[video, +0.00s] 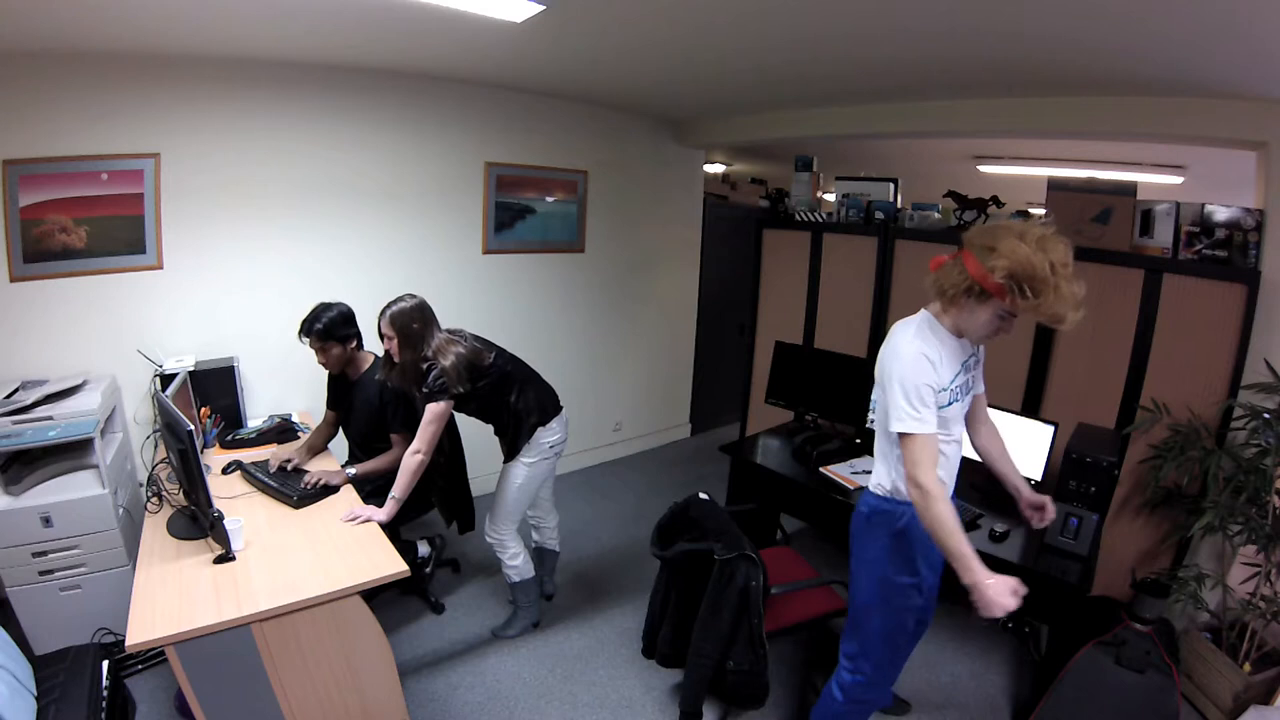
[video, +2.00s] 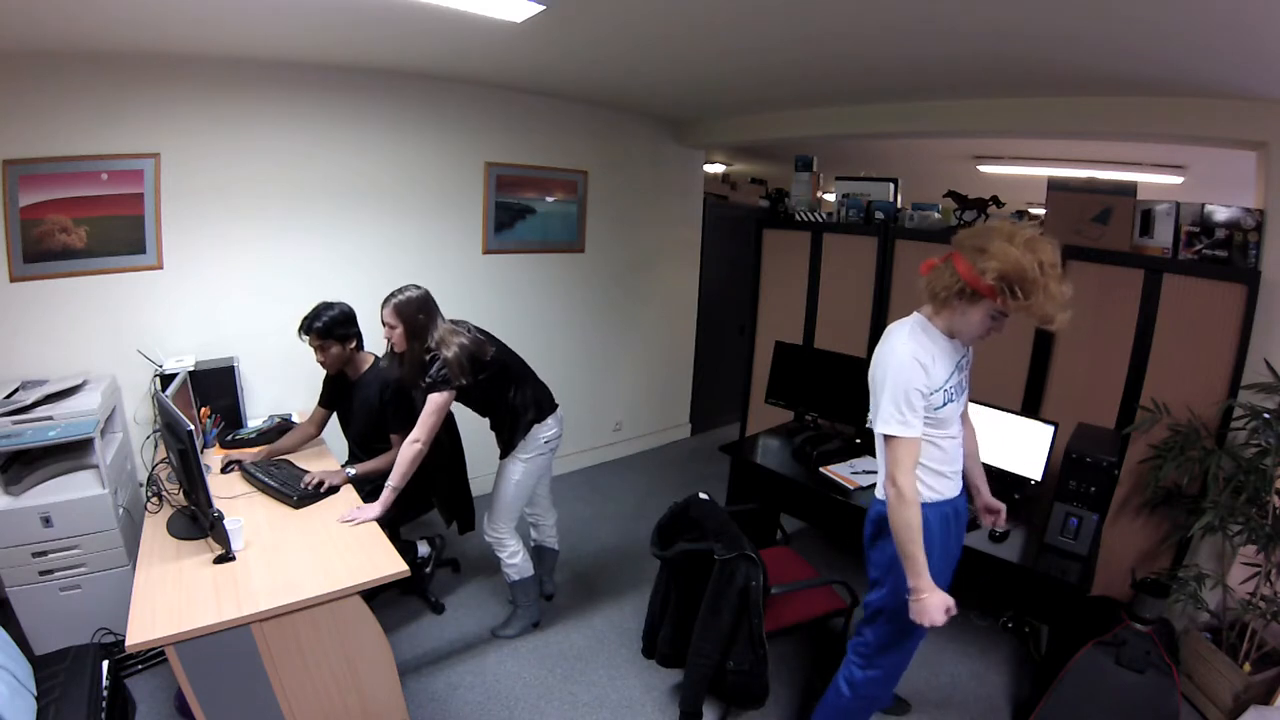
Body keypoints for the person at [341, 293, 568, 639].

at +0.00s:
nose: (385, 346)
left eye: (389, 339)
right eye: (384, 338)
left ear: (412, 337)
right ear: (420, 330)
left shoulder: (442, 370)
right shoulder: (449, 340)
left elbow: (420, 451)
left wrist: (388, 509)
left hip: (537, 433)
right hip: (546, 420)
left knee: (500, 530)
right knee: (542, 507)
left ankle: (527, 609)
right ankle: (546, 581)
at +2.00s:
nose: (386, 335)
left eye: (391, 327)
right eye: (385, 326)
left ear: (416, 324)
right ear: (421, 320)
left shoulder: (447, 357)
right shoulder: (451, 331)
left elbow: (418, 442)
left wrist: (382, 503)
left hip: (532, 429)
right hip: (540, 418)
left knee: (499, 528)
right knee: (539, 505)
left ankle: (527, 608)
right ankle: (545, 580)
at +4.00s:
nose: (387, 328)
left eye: (390, 320)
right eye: (386, 320)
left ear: (413, 318)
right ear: (422, 314)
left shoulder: (444, 353)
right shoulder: (454, 326)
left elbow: (414, 436)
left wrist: (371, 500)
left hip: (528, 431)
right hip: (540, 419)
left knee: (494, 529)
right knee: (539, 507)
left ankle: (527, 607)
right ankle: (545, 581)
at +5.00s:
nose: (387, 330)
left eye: (391, 322)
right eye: (386, 322)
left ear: (416, 319)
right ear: (423, 316)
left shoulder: (445, 355)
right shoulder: (457, 328)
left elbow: (415, 437)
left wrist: (371, 500)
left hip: (529, 432)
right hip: (542, 419)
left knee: (495, 529)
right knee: (540, 505)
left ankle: (527, 607)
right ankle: (545, 581)